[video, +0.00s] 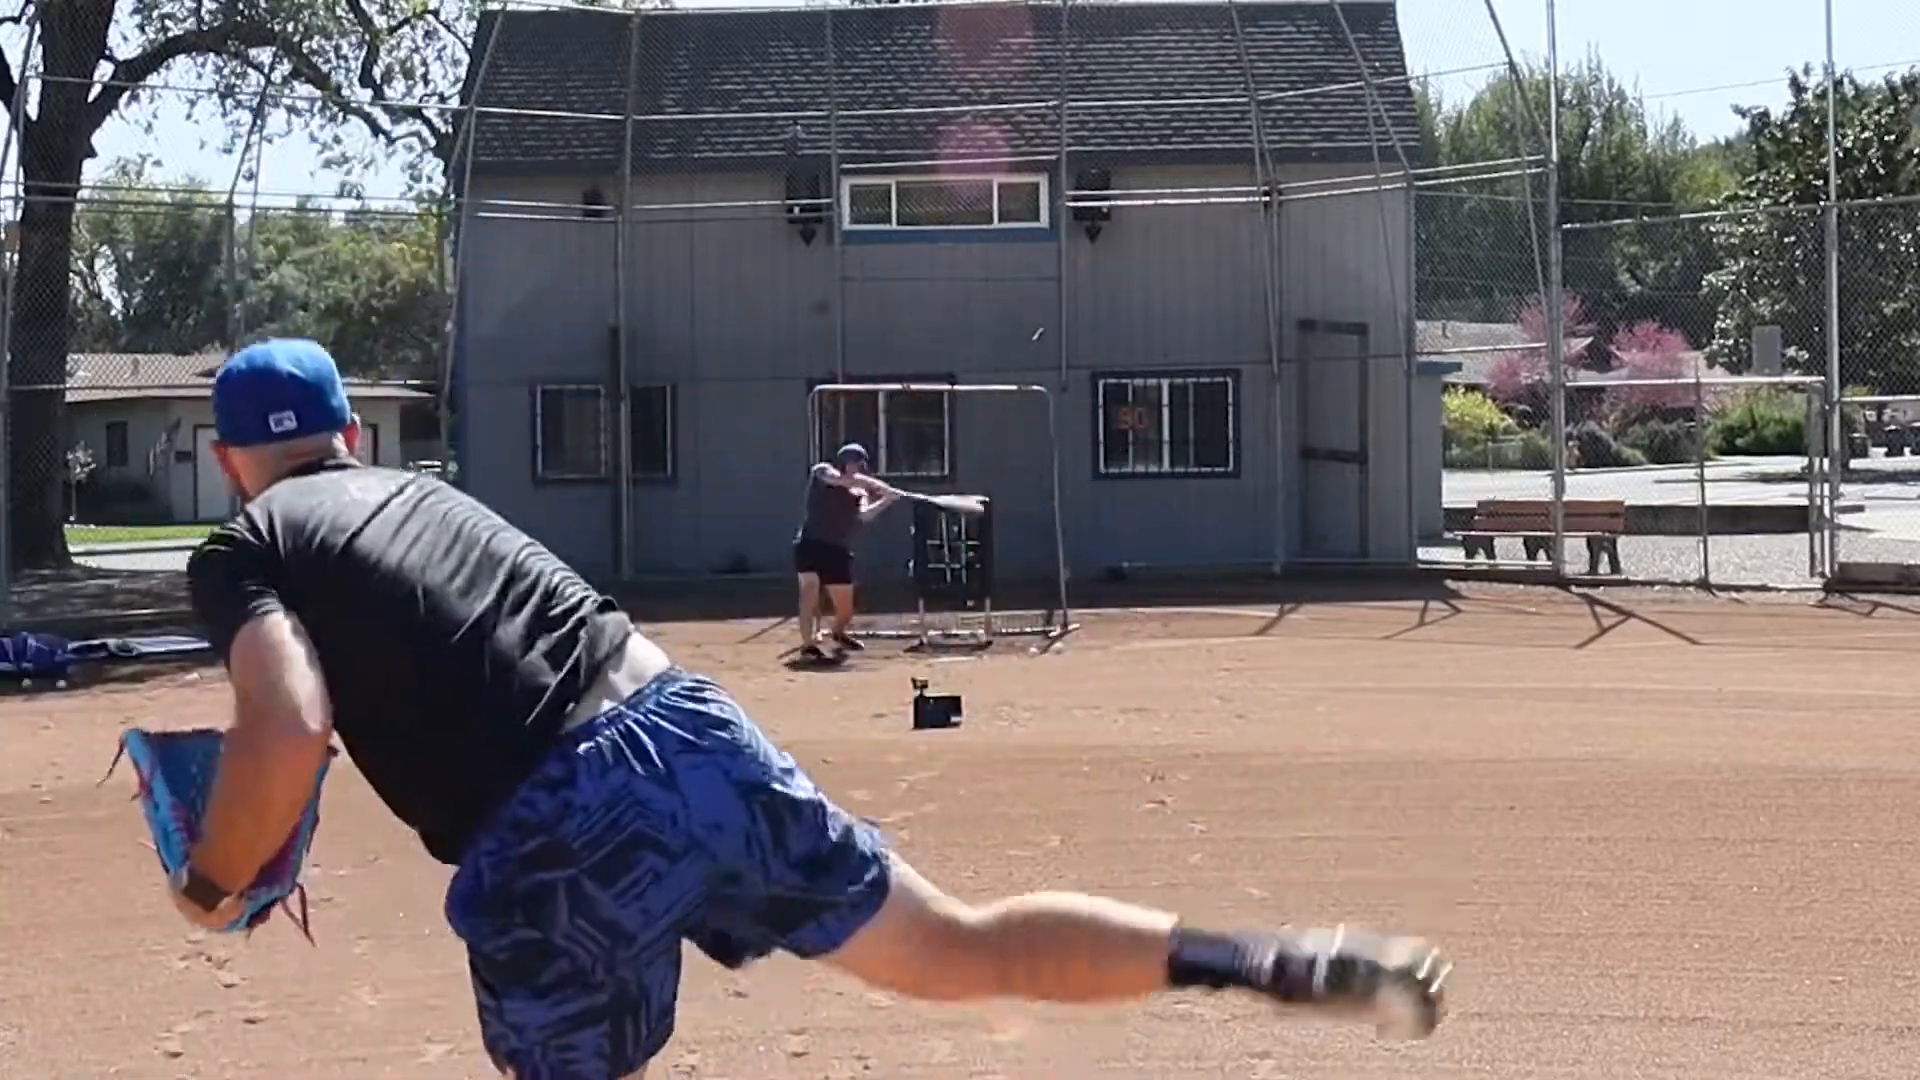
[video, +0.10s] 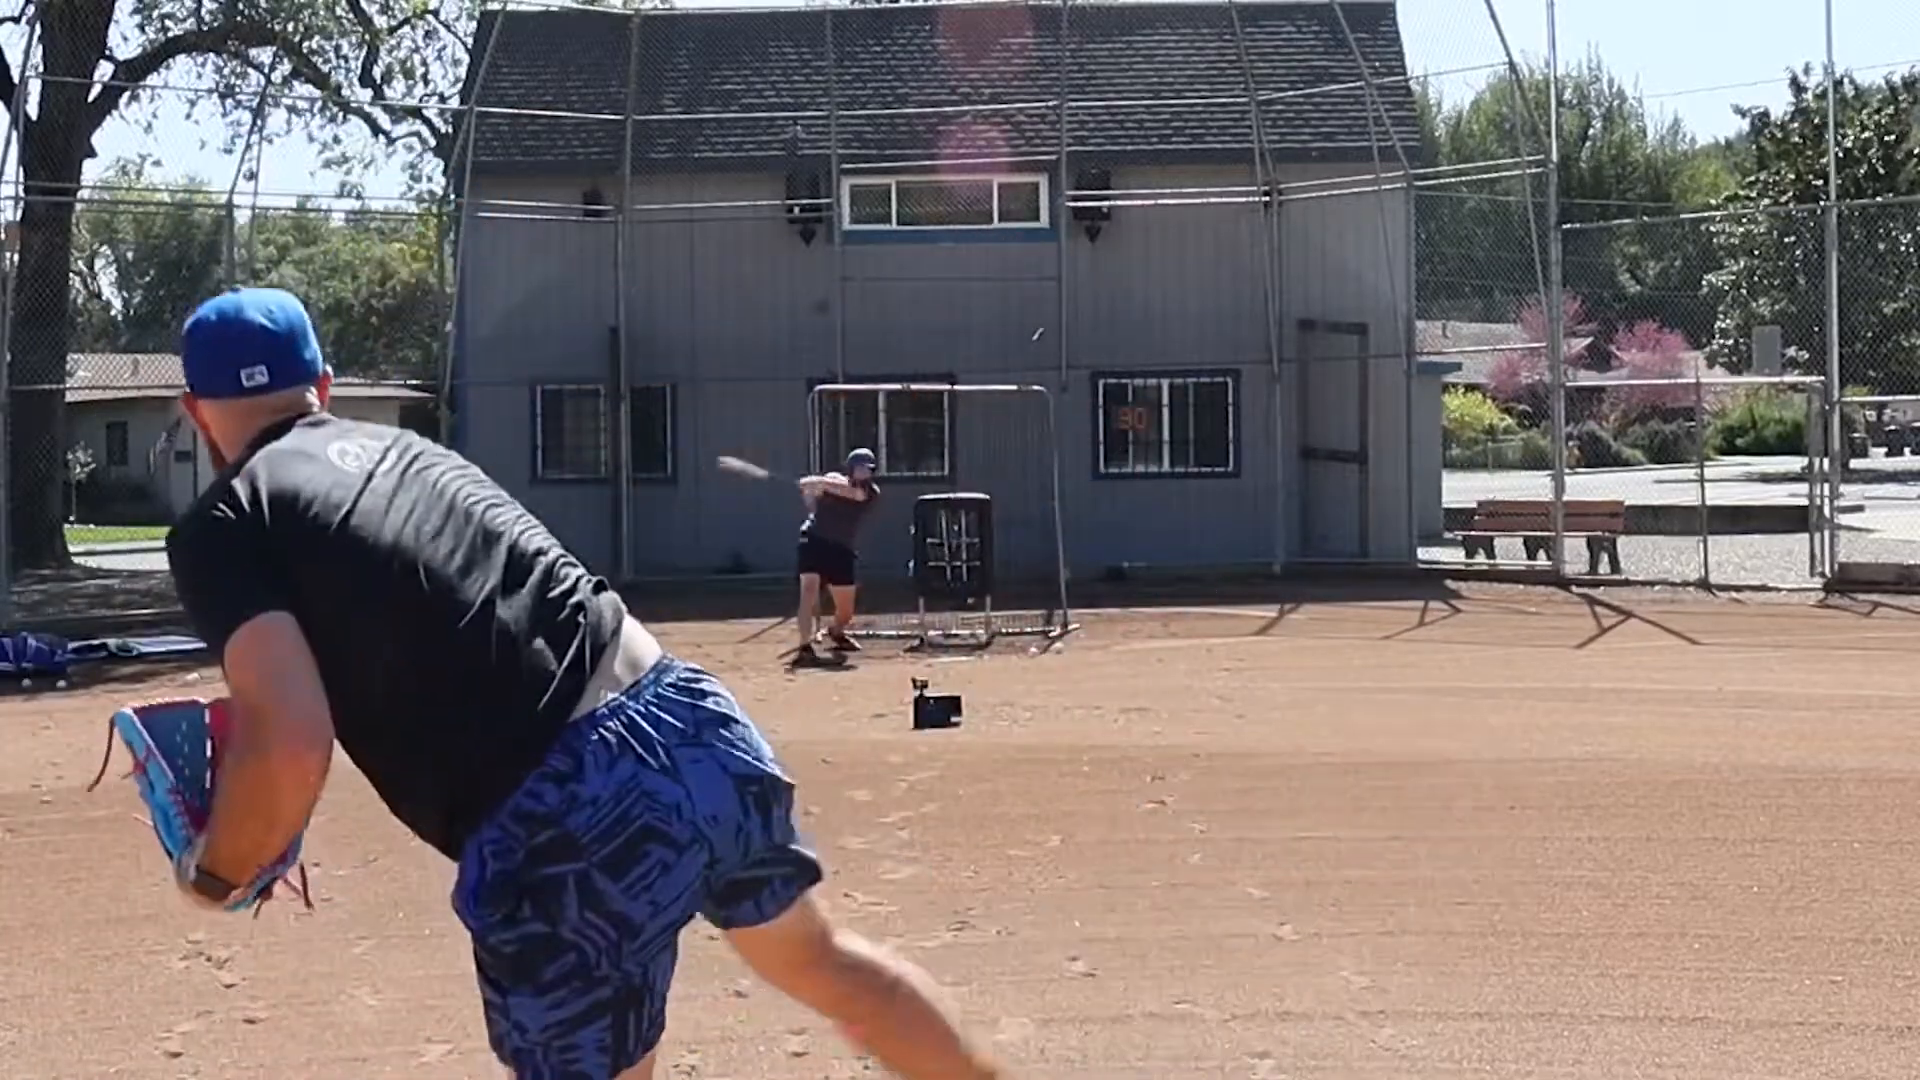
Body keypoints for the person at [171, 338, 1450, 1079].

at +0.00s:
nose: (219, 469)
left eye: (218, 450)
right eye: (233, 449)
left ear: (235, 453)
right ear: (342, 427)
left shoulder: (253, 545)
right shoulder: (416, 495)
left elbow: (281, 727)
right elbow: (387, 706)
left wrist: (218, 872)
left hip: (559, 829)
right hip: (693, 726)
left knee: (566, 1059)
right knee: (949, 947)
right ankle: (1285, 968)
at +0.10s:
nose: (191, 422)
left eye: (186, 406)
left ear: (195, 413)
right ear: (321, 387)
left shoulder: (226, 518)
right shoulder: (402, 448)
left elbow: (289, 739)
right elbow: (420, 641)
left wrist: (219, 866)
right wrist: (273, 799)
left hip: (565, 830)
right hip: (695, 722)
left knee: (587, 1065)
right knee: (819, 954)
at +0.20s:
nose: (178, 396)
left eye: (174, 376)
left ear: (182, 379)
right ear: (306, 346)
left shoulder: (231, 493)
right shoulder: (387, 411)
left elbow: (307, 748)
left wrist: (221, 846)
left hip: (569, 820)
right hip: (689, 730)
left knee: (589, 1059)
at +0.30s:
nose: (165, 367)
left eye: (159, 347)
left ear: (165, 353)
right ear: (296, 318)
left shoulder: (228, 474)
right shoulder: (375, 390)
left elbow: (315, 744)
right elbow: (503, 564)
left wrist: (208, 824)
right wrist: (444, 733)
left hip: (579, 811)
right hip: (651, 736)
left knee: (593, 1064)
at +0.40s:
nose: (137, 341)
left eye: (131, 323)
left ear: (142, 327)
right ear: (275, 293)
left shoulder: (223, 452)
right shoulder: (358, 375)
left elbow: (305, 745)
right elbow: (402, 584)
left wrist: (168, 793)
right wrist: (328, 744)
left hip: (535, 820)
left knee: (557, 1066)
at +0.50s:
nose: (94, 328)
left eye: (87, 301)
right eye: (88, 301)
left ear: (99, 302)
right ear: (222, 271)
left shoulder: (203, 437)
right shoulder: (306, 368)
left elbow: (276, 729)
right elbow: (306, 615)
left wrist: (115, 766)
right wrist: (215, 799)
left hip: (484, 829)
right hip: (369, 815)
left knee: (527, 1067)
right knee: (173, 1058)